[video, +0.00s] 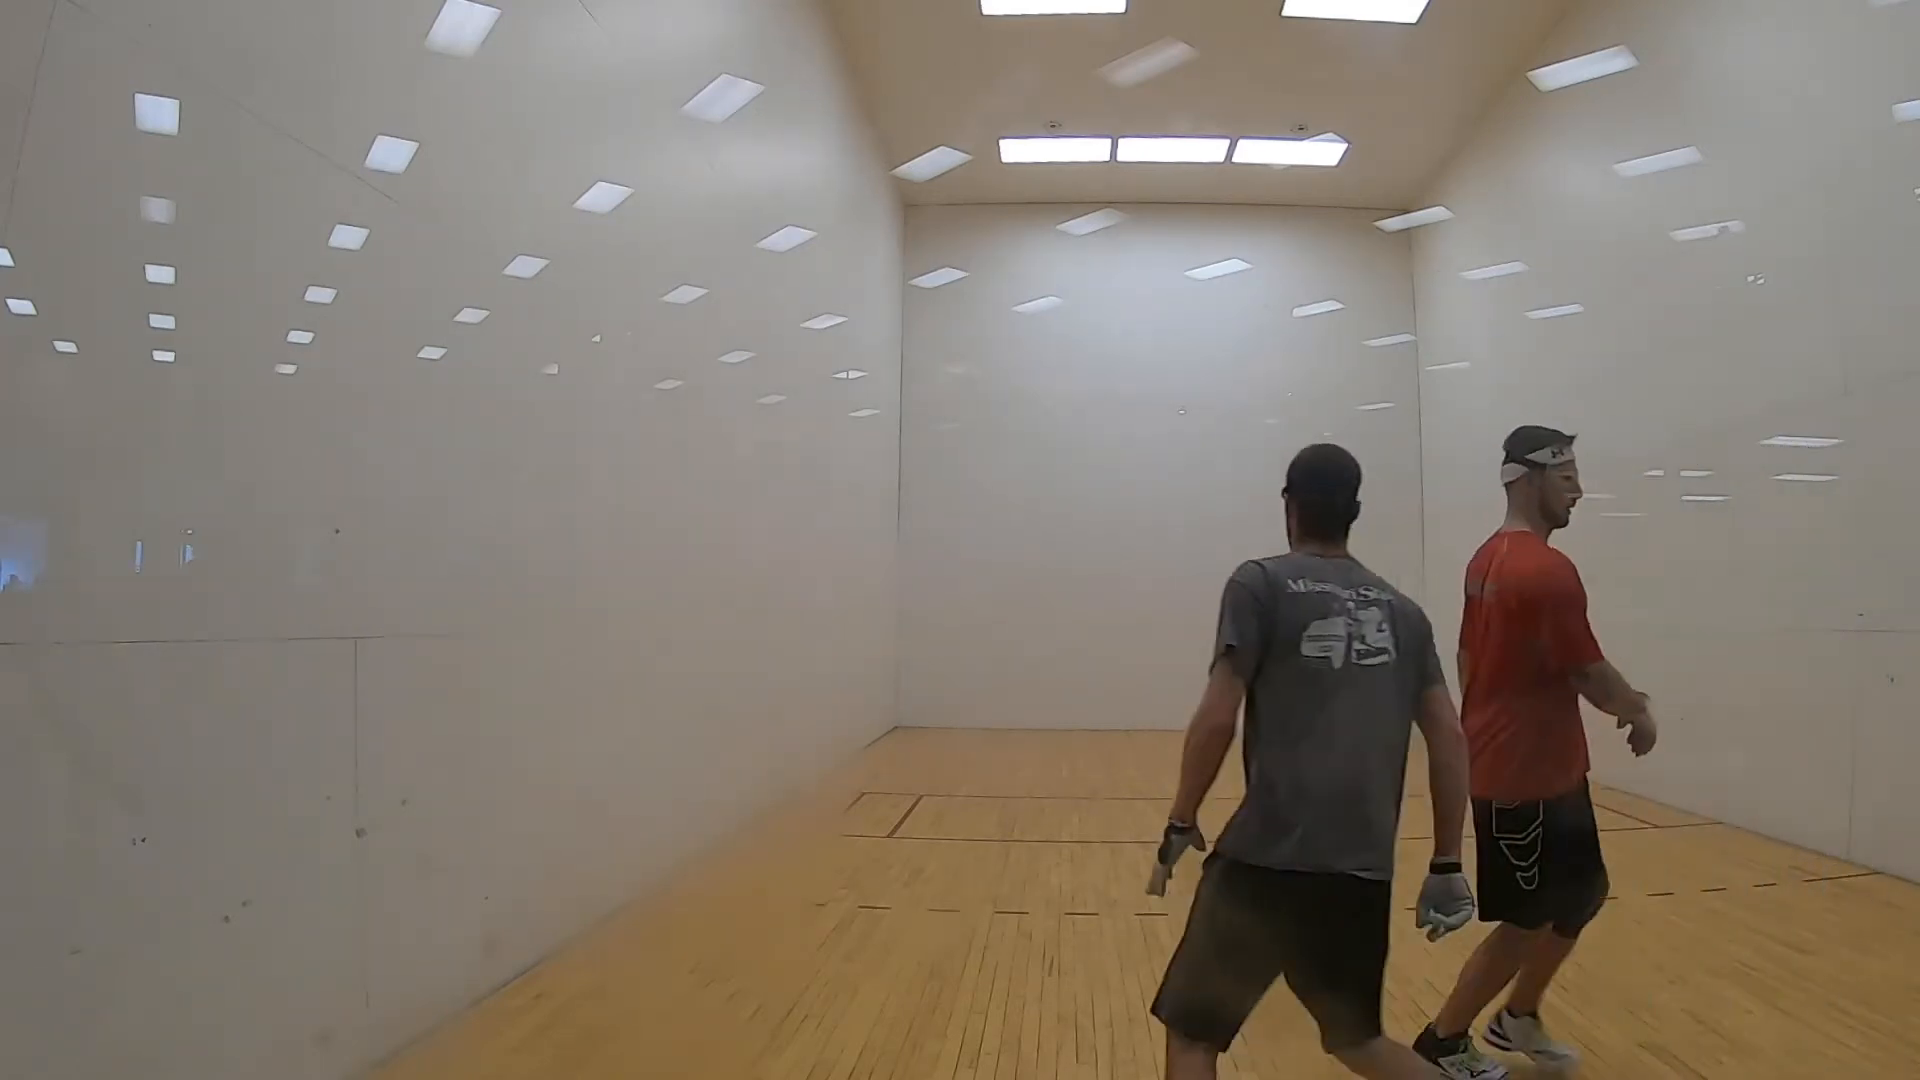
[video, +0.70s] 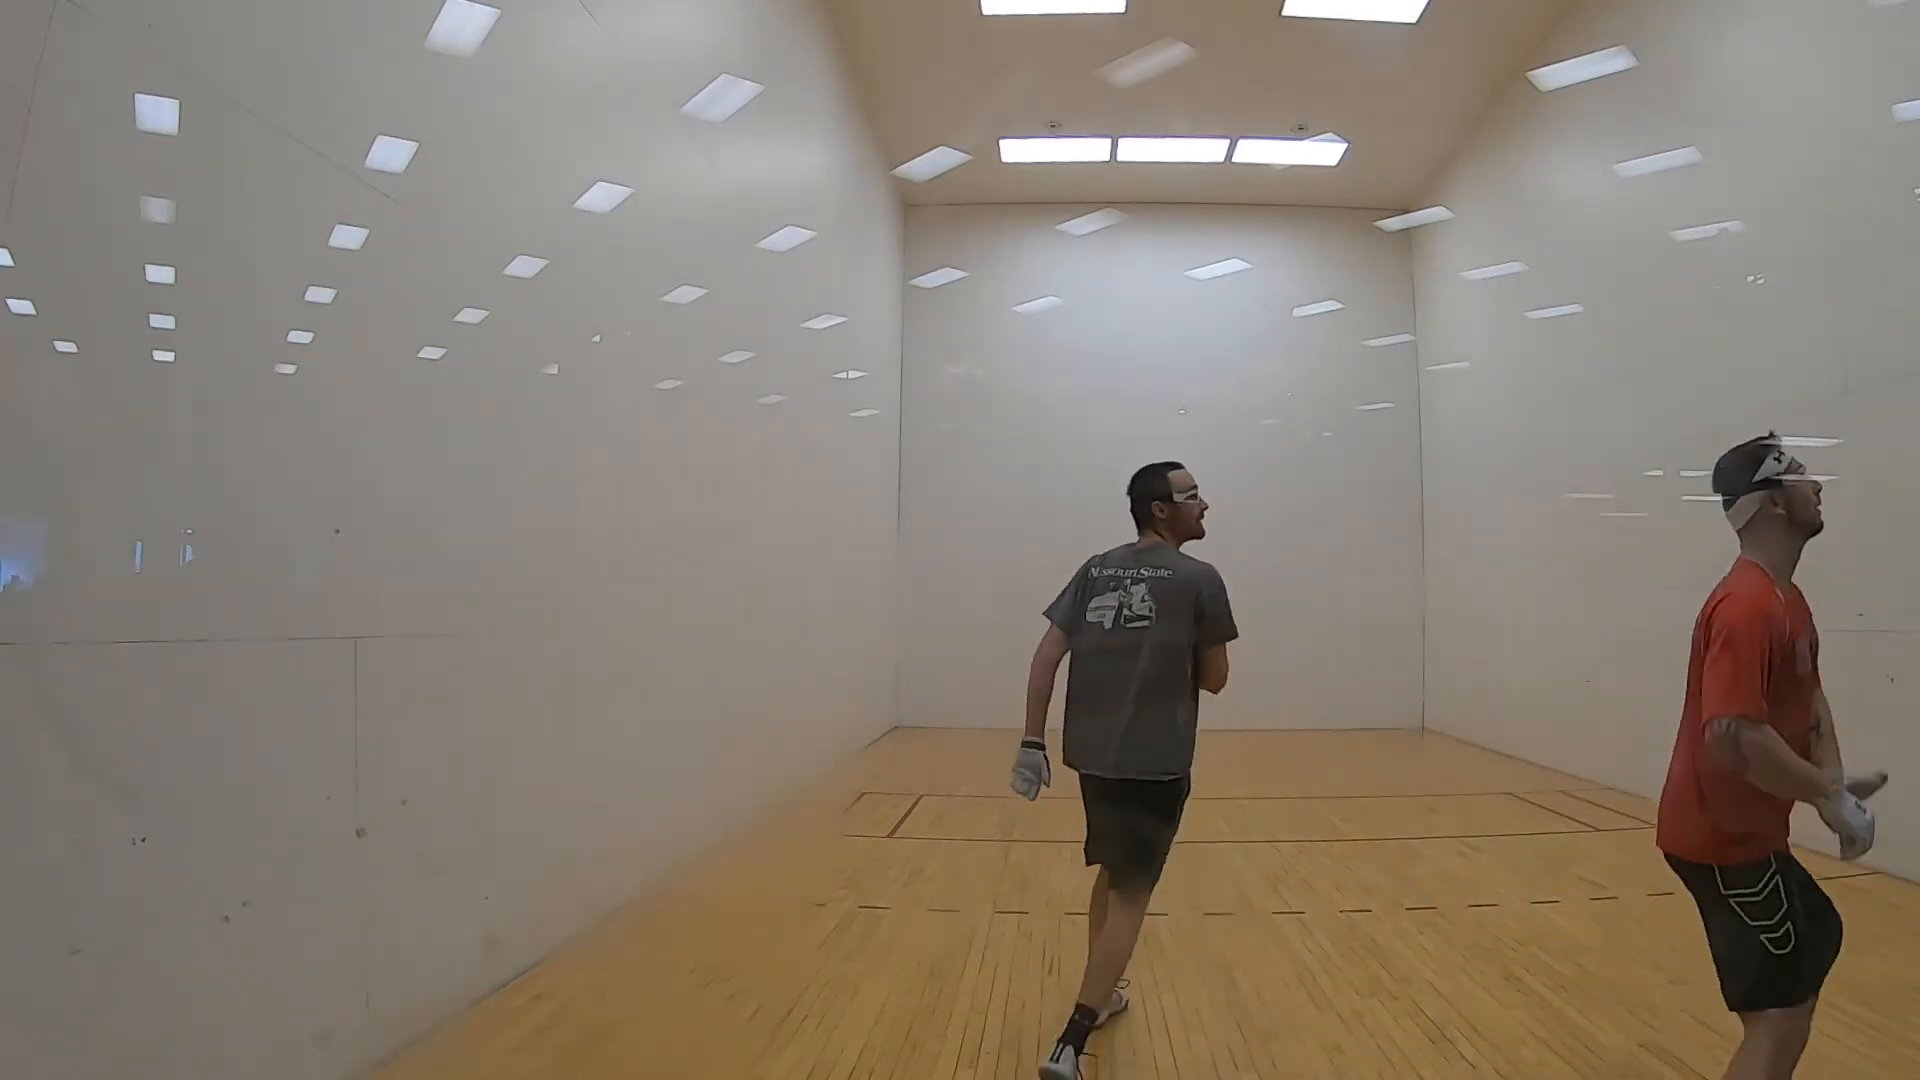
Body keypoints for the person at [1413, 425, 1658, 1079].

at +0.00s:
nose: (1577, 485)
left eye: (1575, 473)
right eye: (1565, 473)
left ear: (1521, 484)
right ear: (1526, 481)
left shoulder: (1487, 560)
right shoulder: (1548, 570)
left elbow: (1471, 668)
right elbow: (1589, 672)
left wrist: (1476, 742)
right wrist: (1638, 710)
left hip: (1540, 773)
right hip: (1525, 779)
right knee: (1530, 917)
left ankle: (1518, 1019)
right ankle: (1442, 1041)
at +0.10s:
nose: (1618, 459)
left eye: (1613, 446)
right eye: (1604, 448)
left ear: (1559, 466)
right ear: (1564, 464)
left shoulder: (1534, 543)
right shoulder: (1598, 542)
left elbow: (1604, 632)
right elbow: (1648, 649)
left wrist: (1673, 662)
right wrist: (1684, 685)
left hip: (1591, 765)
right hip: (1564, 769)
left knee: (1634, 908)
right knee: (1561, 932)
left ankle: (1632, 1069)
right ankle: (1460, 1032)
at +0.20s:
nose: (1660, 472)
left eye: (1653, 460)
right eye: (1644, 463)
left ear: (1601, 488)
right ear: (1600, 484)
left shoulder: (1582, 566)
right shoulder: (1637, 564)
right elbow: (1716, 675)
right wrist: (1736, 670)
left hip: (1623, 792)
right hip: (1617, 797)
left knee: (1684, 967)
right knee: (1652, 975)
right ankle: (1503, 1060)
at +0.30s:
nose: (1706, 484)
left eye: (1698, 472)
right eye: (1687, 475)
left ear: (1648, 504)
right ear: (1645, 499)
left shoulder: (1639, 584)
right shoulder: (1664, 593)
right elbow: (1741, 715)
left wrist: (1775, 710)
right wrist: (1798, 708)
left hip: (1659, 821)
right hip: (1648, 828)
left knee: (1747, 974)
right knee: (1728, 991)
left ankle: (1677, 1068)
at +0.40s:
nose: (1744, 500)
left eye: (1735, 489)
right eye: (1726, 490)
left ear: (1686, 521)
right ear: (1687, 514)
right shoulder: (1700, 619)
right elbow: (1755, 750)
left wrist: (1796, 780)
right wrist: (1846, 778)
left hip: (1661, 849)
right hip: (1682, 857)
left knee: (1745, 1008)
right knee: (1775, 1028)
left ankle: (1701, 1073)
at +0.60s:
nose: (1802, 499)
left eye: (1791, 488)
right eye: (1784, 491)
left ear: (1756, 521)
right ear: (1752, 518)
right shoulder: (1741, 631)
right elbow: (1750, 781)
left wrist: (1838, 845)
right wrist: (1840, 848)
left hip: (1738, 858)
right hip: (1714, 873)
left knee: (1819, 956)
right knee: (1810, 1048)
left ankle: (1754, 1066)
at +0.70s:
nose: (1818, 484)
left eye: (1808, 474)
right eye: (1801, 475)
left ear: (1769, 503)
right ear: (1769, 499)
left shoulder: (1786, 598)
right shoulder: (1744, 605)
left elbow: (1809, 711)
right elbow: (1732, 735)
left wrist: (1836, 788)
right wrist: (1830, 799)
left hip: (1749, 829)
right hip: (1719, 838)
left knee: (1819, 934)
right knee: (1780, 1021)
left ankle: (1768, 1061)